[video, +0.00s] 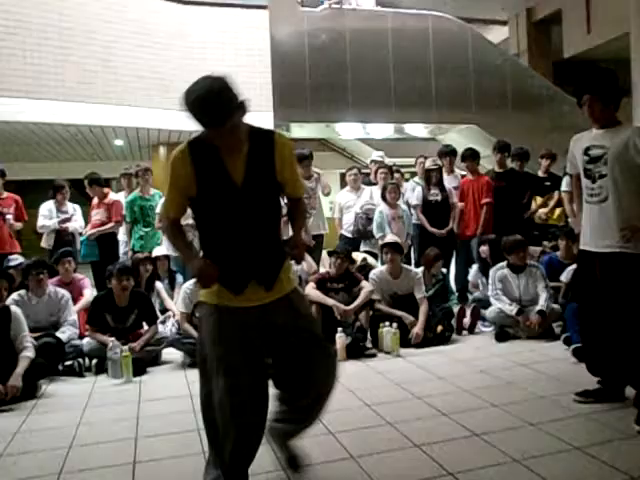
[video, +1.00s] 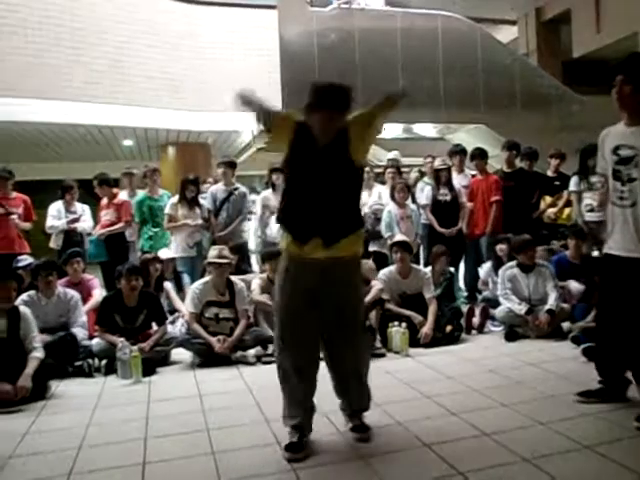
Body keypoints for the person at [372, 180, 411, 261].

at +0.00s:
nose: (393, 195)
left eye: (395, 192)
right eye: (390, 193)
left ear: (399, 194)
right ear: (384, 194)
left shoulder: (405, 209)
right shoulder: (380, 210)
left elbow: (409, 226)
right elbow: (377, 229)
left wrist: (407, 241)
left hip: (403, 244)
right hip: (387, 244)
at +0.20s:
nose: (393, 195)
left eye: (395, 192)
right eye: (390, 192)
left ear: (399, 194)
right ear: (384, 194)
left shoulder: (404, 209)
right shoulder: (380, 211)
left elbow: (409, 226)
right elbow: (377, 230)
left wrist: (407, 242)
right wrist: (385, 242)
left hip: (404, 244)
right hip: (387, 245)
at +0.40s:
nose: (392, 195)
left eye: (395, 192)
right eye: (389, 192)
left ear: (399, 194)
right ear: (384, 194)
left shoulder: (404, 209)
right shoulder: (380, 211)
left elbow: (409, 226)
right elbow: (377, 229)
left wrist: (407, 241)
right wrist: (384, 242)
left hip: (403, 244)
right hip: (387, 245)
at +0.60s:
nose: (392, 196)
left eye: (395, 192)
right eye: (389, 192)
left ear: (399, 194)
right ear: (384, 194)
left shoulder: (403, 209)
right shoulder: (379, 211)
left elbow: (409, 226)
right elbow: (376, 230)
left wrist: (407, 240)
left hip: (403, 245)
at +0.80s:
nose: (392, 196)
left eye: (394, 193)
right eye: (389, 193)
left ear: (398, 194)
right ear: (383, 194)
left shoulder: (404, 210)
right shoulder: (379, 211)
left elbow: (409, 226)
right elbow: (376, 229)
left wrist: (407, 241)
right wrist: (384, 242)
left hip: (403, 244)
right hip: (387, 245)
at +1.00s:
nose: (401, 195)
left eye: (404, 192)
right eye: (398, 192)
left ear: (408, 194)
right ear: (393, 194)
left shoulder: (413, 209)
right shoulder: (389, 210)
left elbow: (418, 225)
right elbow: (385, 227)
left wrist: (416, 240)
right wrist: (392, 239)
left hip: (413, 243)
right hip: (396, 243)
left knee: (413, 269)